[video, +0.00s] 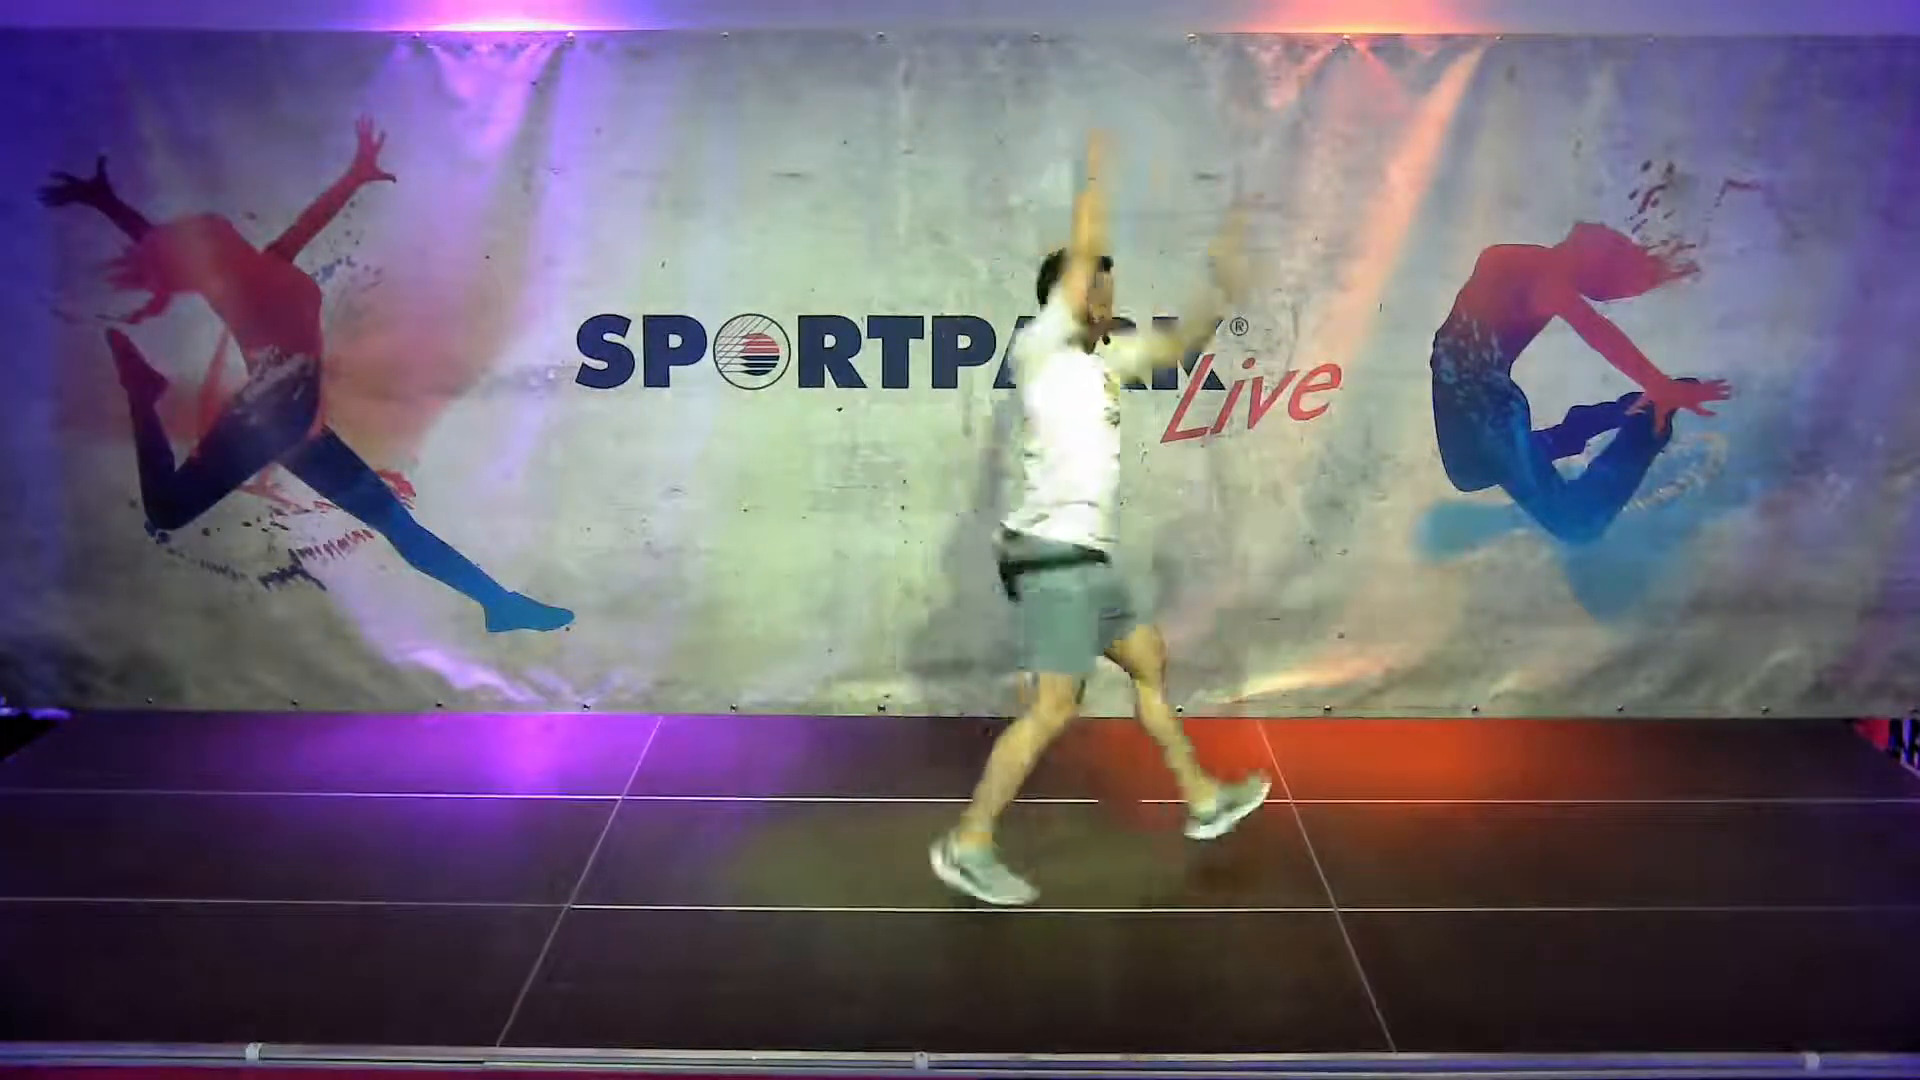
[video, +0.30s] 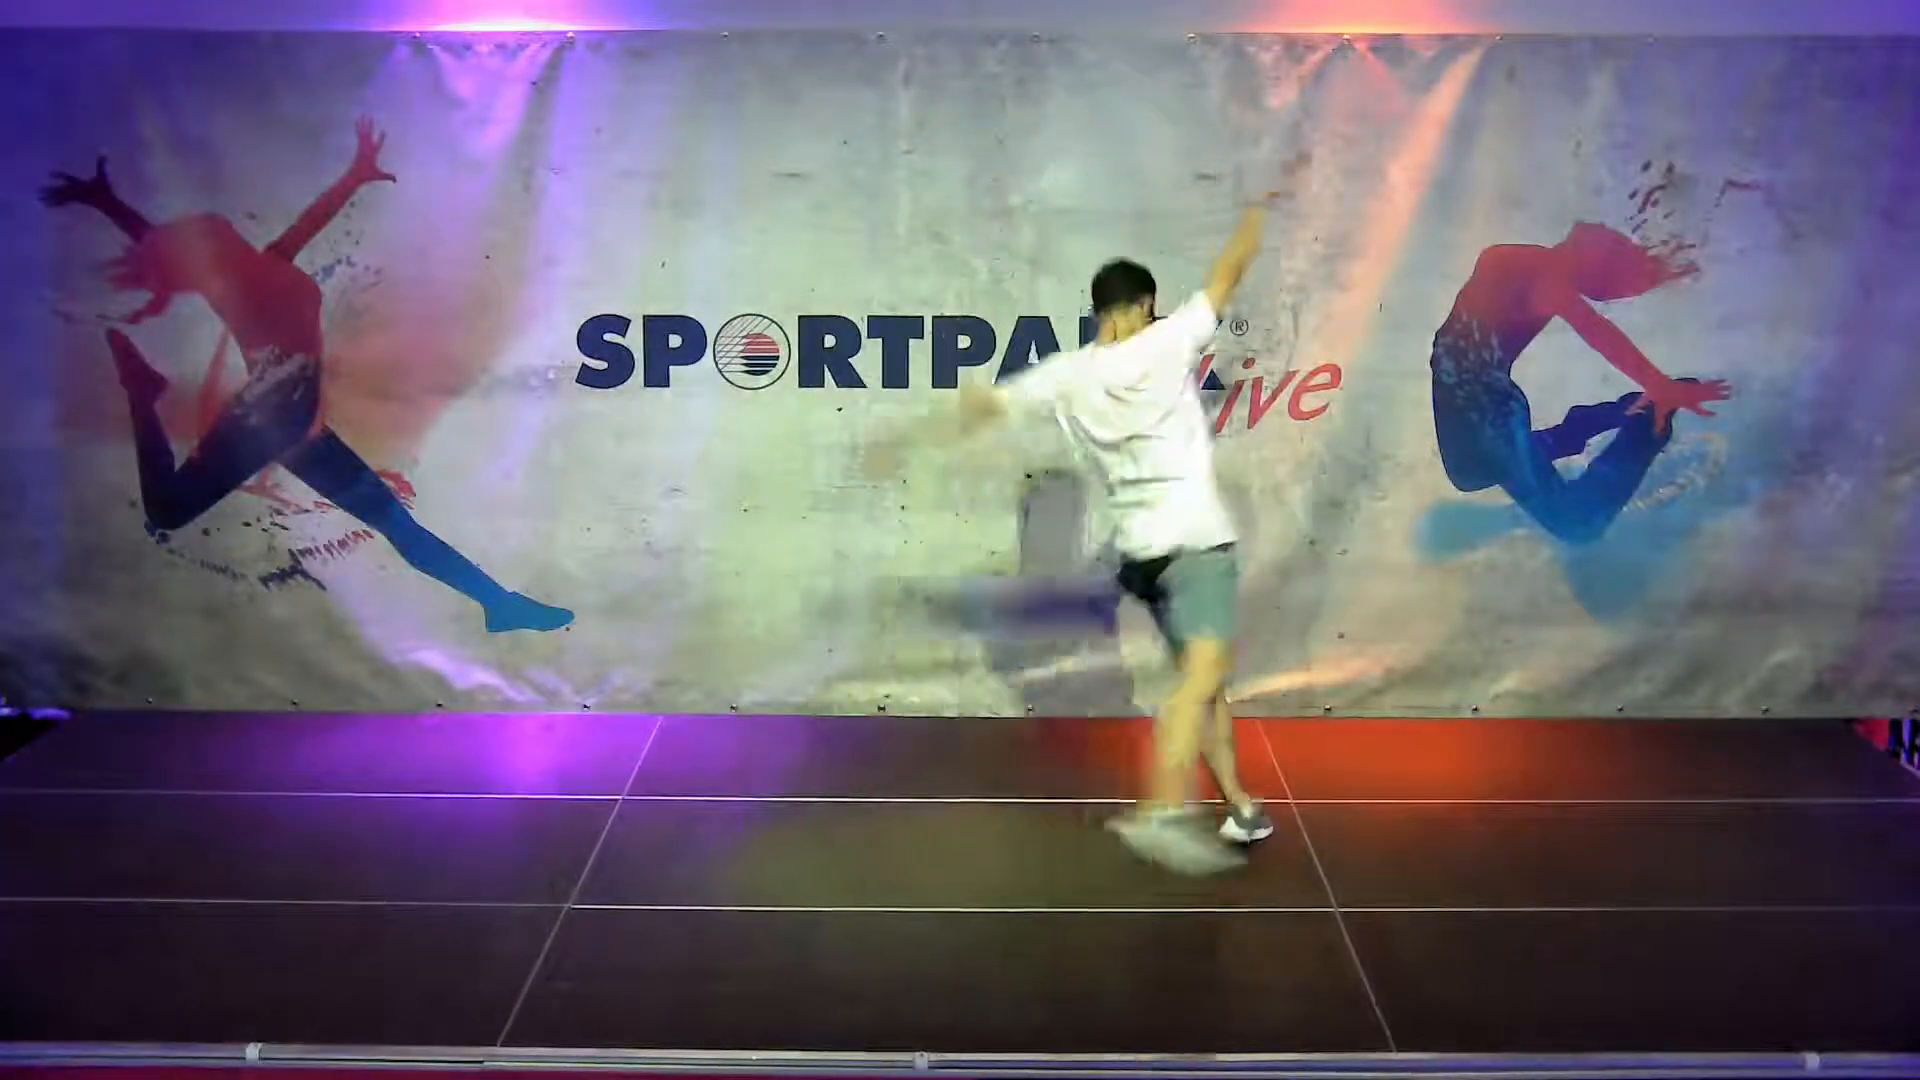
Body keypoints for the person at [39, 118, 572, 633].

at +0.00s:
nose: (182, 280)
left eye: (179, 261)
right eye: (177, 261)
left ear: (204, 250)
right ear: (198, 249)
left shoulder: (264, 268)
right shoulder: (229, 274)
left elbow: (308, 223)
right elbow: (159, 244)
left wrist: (358, 175)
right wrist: (105, 202)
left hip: (298, 426)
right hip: (264, 419)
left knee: (388, 515)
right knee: (166, 511)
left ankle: (500, 602)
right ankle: (143, 396)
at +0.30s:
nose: (181, 282)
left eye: (178, 263)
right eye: (175, 263)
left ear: (203, 251)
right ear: (197, 250)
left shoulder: (263, 268)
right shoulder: (231, 274)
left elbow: (307, 223)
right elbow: (158, 244)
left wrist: (358, 175)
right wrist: (105, 202)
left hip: (298, 425)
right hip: (264, 420)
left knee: (389, 516)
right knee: (166, 512)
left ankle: (500, 602)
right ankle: (143, 397)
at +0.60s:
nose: (180, 285)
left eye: (178, 265)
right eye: (176, 265)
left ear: (202, 254)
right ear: (202, 247)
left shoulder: (261, 267)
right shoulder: (237, 273)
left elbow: (306, 223)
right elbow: (161, 242)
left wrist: (358, 174)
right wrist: (105, 202)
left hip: (296, 424)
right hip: (266, 419)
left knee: (390, 516)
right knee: (166, 511)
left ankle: (501, 602)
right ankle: (141, 397)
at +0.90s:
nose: (184, 282)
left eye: (182, 263)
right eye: (180, 263)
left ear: (206, 253)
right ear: (196, 257)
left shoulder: (267, 267)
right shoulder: (233, 276)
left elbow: (308, 223)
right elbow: (154, 242)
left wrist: (357, 176)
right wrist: (100, 197)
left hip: (298, 426)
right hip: (262, 421)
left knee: (387, 515)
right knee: (166, 510)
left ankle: (500, 602)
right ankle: (141, 392)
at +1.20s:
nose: (183, 283)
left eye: (182, 263)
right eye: (180, 263)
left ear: (205, 253)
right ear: (196, 257)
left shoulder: (266, 267)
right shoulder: (233, 276)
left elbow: (308, 223)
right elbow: (154, 242)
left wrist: (357, 176)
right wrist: (100, 197)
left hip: (298, 426)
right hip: (262, 421)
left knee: (387, 515)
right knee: (166, 510)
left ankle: (500, 602)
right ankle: (141, 392)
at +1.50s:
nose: (182, 280)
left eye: (179, 262)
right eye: (177, 263)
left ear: (203, 254)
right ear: (193, 257)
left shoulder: (267, 267)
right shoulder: (230, 274)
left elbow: (309, 222)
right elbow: (153, 241)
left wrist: (357, 175)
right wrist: (99, 196)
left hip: (297, 426)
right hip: (262, 421)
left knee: (386, 513)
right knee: (166, 511)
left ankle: (500, 602)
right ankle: (141, 392)